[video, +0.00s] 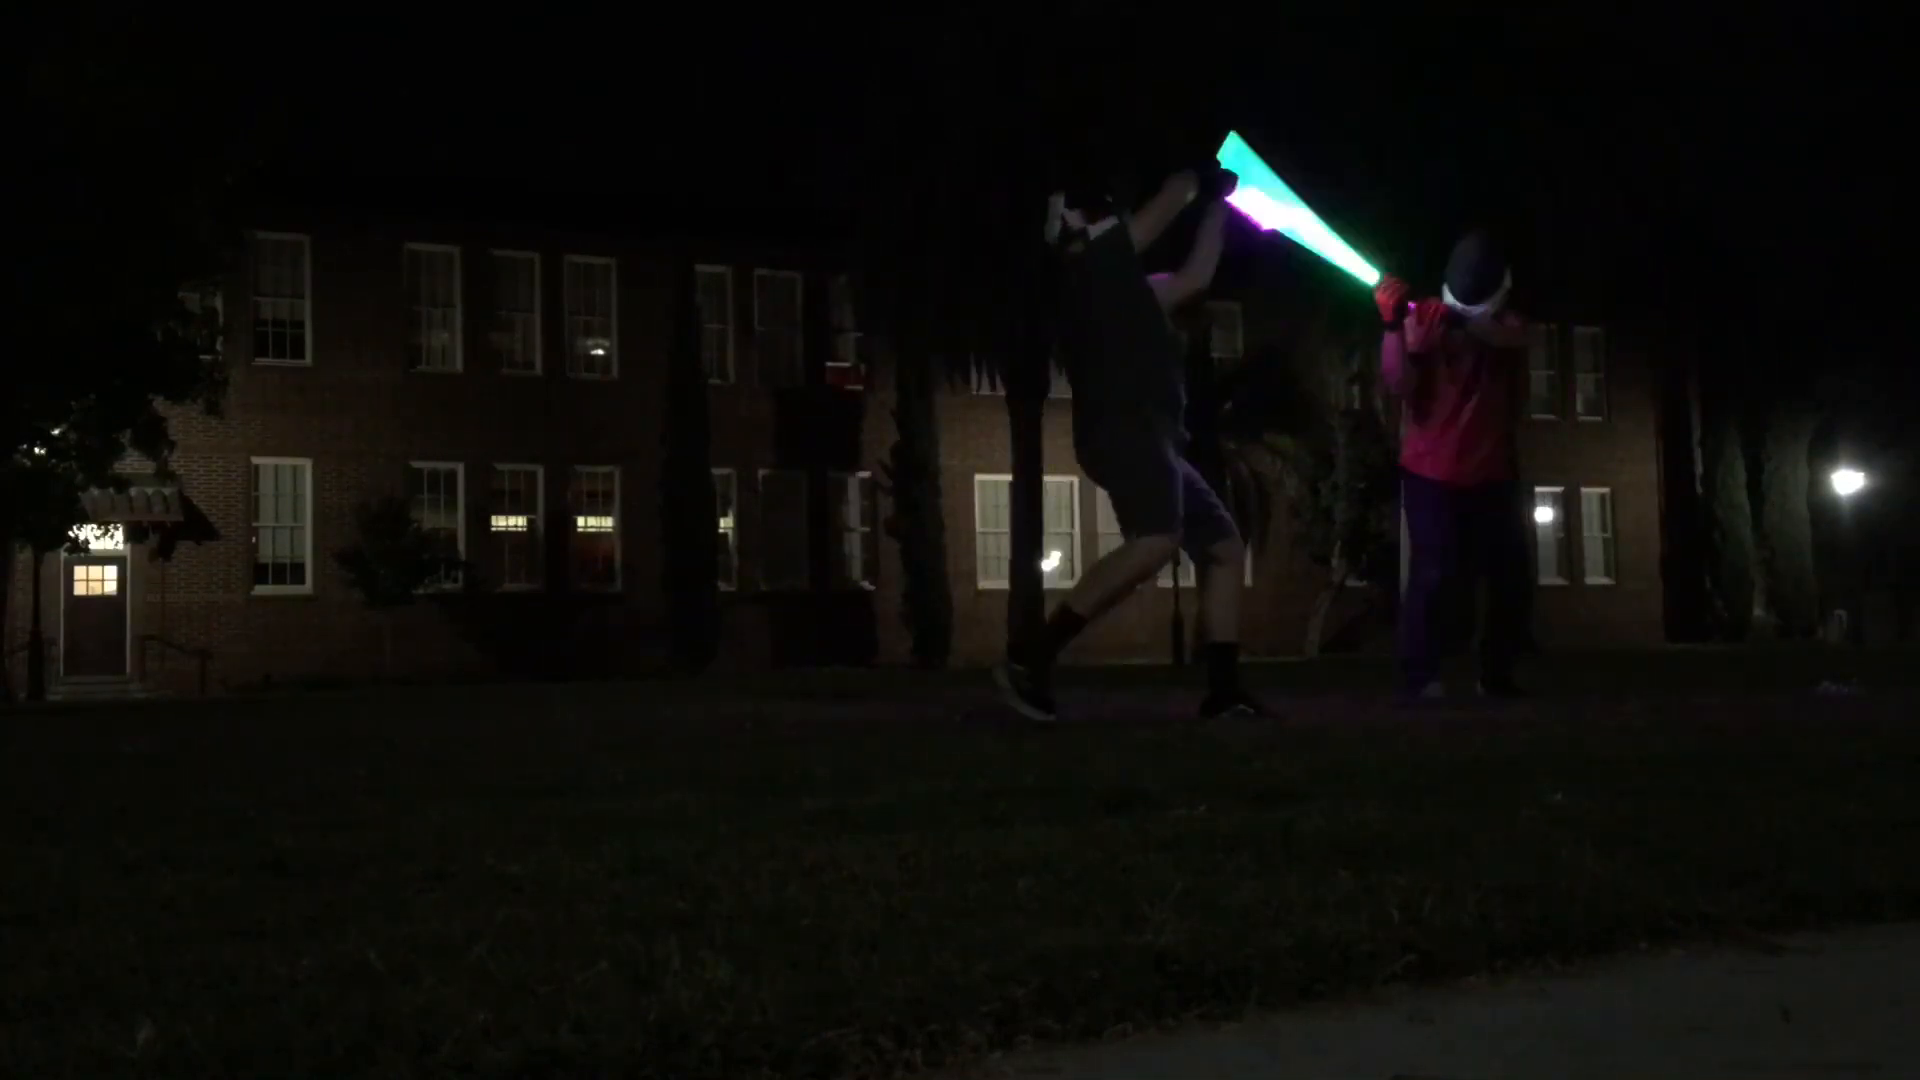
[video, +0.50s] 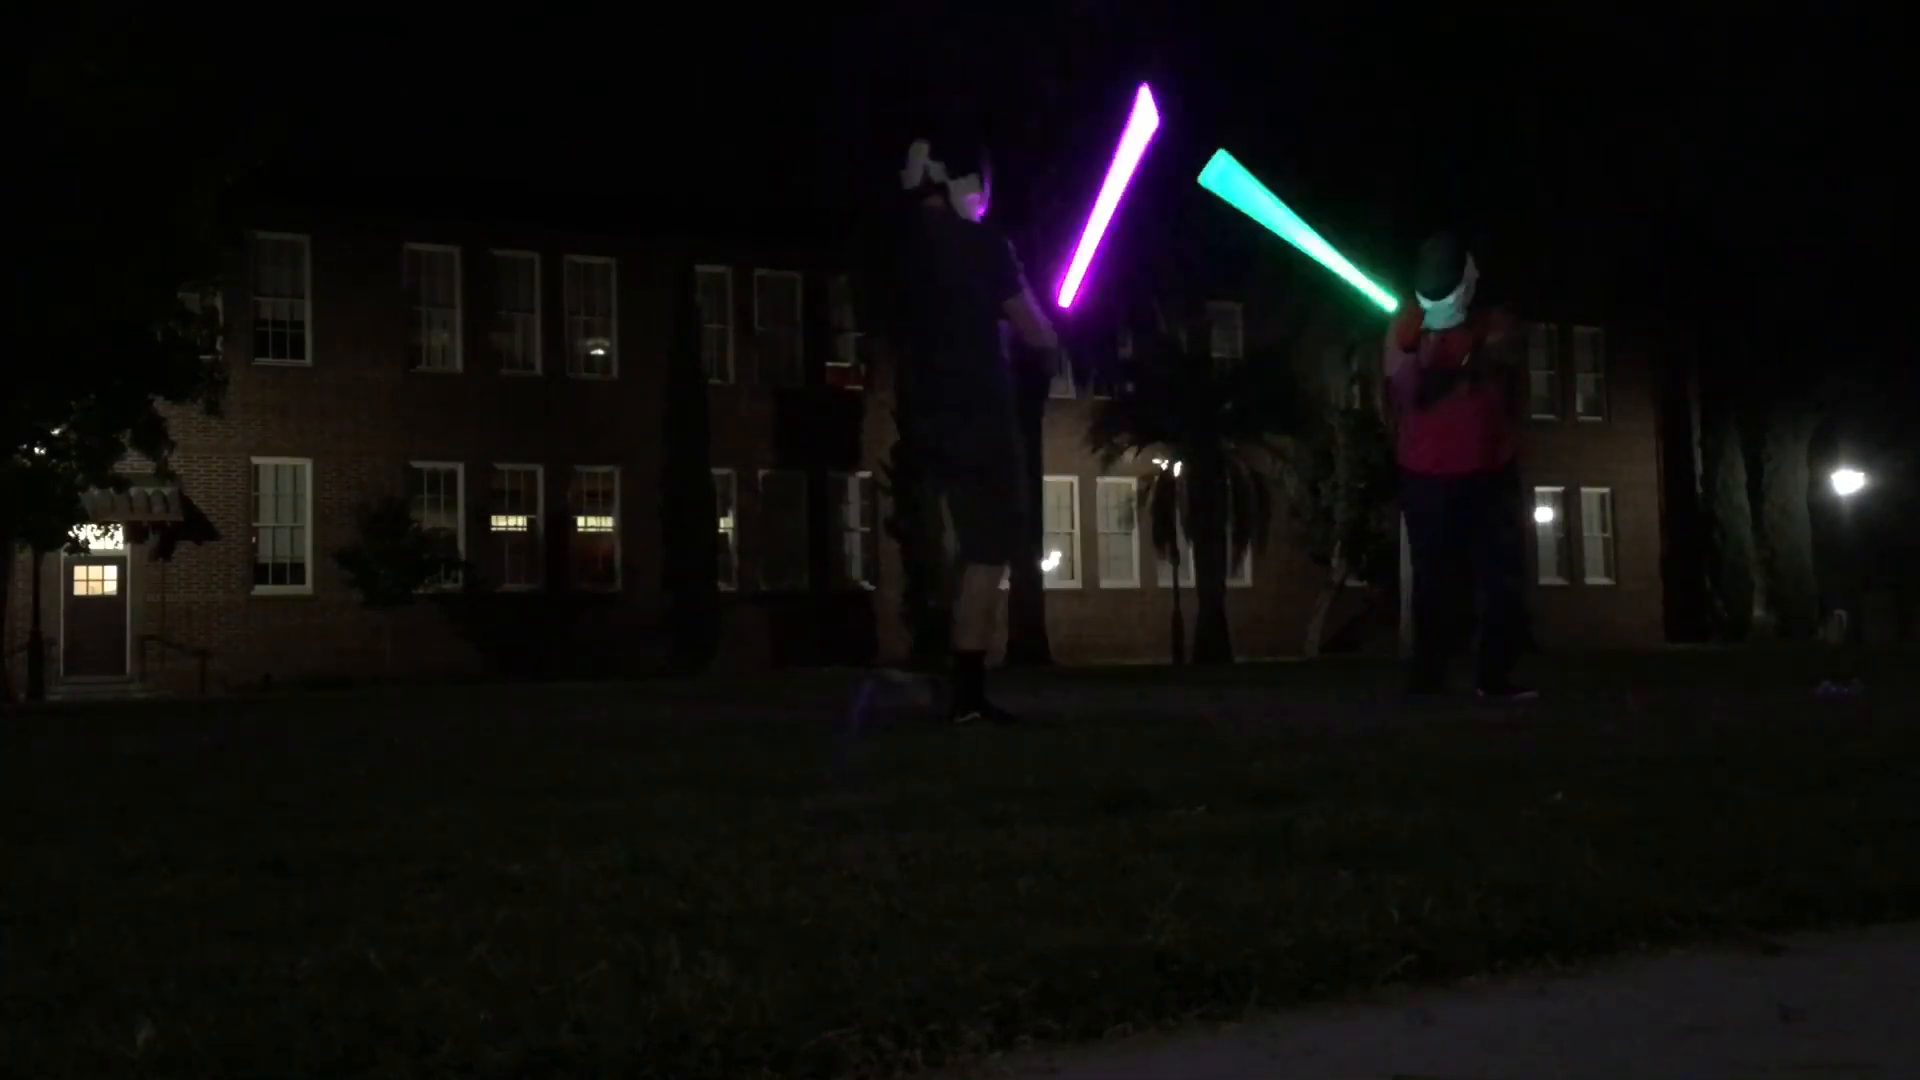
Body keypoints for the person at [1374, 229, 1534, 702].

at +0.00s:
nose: (1475, 313)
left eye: (1485, 305)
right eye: (1466, 305)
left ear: (1499, 295)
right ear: (1451, 293)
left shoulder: (1507, 324)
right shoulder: (1423, 320)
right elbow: (1398, 383)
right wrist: (1392, 324)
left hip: (1491, 474)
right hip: (1431, 474)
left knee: (1508, 576)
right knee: (1436, 574)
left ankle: (1497, 676)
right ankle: (1420, 677)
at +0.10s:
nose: (1488, 299)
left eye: (1496, 289)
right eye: (1480, 289)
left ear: (1501, 291)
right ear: (1460, 288)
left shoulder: (1509, 332)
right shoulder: (1433, 327)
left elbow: (1527, 327)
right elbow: (1415, 390)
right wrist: (1403, 334)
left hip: (1493, 473)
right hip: (1435, 472)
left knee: (1512, 572)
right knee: (1433, 567)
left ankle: (1498, 672)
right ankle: (1412, 666)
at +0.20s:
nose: (1473, 324)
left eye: (1483, 315)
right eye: (1465, 315)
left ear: (1500, 307)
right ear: (1451, 303)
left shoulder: (1511, 334)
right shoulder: (1430, 331)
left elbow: (1524, 304)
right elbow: (1423, 386)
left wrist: (1473, 282)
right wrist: (1414, 331)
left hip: (1494, 468)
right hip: (1435, 468)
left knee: (1511, 569)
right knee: (1434, 563)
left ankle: (1497, 675)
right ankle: (1412, 674)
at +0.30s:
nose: (1464, 305)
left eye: (1472, 297)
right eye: (1454, 295)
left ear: (1488, 293)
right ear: (1440, 291)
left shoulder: (1508, 327)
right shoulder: (1427, 327)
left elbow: (1525, 300)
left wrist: (1488, 285)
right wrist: (1414, 326)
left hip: (1496, 465)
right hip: (1436, 467)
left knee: (1509, 569)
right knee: (1433, 566)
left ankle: (1498, 672)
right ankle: (1416, 669)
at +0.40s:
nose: (1461, 284)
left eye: (1468, 274)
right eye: (1452, 275)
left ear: (1482, 272)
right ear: (1436, 275)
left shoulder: (1501, 311)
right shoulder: (1424, 311)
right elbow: (1429, 378)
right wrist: (1473, 324)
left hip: (1495, 461)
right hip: (1435, 464)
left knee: (1502, 570)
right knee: (1435, 569)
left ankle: (1498, 672)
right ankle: (1420, 669)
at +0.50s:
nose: (1439, 306)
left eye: (1448, 296)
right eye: (1429, 297)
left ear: (1467, 283)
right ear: (1419, 289)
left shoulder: (1492, 325)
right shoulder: (1407, 328)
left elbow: (1510, 393)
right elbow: (1404, 394)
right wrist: (1465, 370)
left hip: (1488, 474)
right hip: (1428, 478)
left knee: (1498, 578)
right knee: (1434, 580)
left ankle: (1497, 676)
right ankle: (1428, 676)